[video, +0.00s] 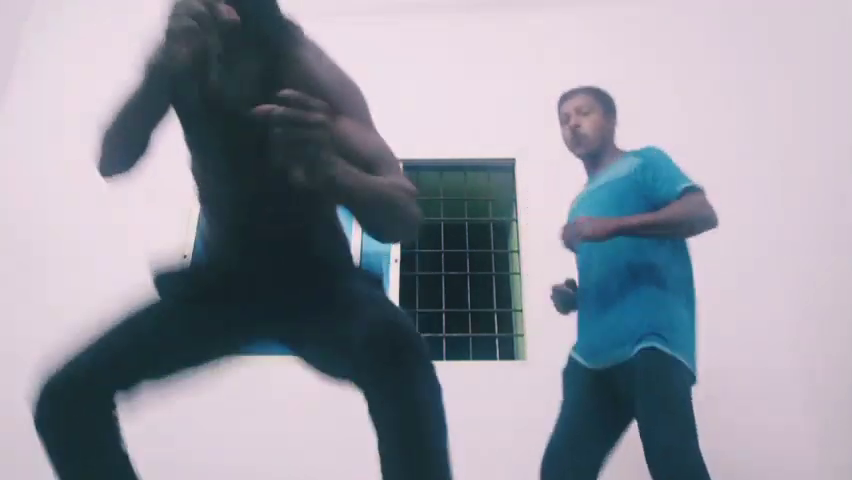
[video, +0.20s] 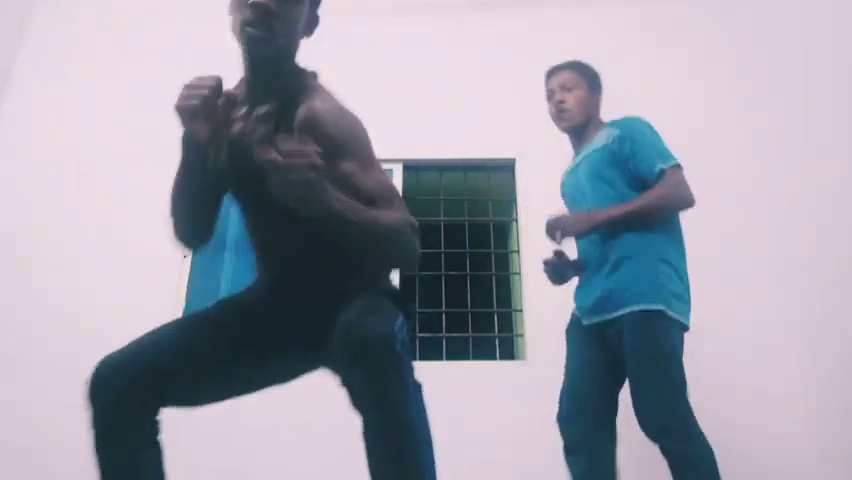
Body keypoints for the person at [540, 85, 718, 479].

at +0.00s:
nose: (572, 124)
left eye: (583, 113)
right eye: (565, 119)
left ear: (610, 121)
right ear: (562, 134)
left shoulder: (647, 162)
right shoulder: (579, 205)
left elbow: (702, 213)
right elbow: (610, 282)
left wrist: (612, 225)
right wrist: (576, 296)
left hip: (653, 342)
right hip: (594, 355)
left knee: (674, 466)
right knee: (561, 468)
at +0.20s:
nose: (558, 100)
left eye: (569, 89)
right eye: (551, 95)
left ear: (595, 96)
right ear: (548, 107)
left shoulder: (629, 131)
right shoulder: (573, 176)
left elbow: (679, 191)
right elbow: (609, 249)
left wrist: (591, 220)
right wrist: (573, 265)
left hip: (648, 299)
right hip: (593, 311)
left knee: (665, 417)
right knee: (581, 422)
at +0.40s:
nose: (554, 150)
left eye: (564, 140)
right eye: (545, 145)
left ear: (589, 145)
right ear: (542, 158)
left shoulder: (629, 186)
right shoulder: (565, 232)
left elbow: (683, 248)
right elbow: (596, 302)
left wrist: (598, 281)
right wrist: (569, 330)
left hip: (658, 360)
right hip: (600, 368)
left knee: (699, 468)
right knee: (567, 471)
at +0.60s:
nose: (576, 113)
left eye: (583, 101)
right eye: (566, 108)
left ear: (606, 103)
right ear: (563, 120)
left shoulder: (644, 136)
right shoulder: (584, 186)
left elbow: (711, 185)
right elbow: (621, 244)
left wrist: (636, 222)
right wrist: (597, 268)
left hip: (686, 302)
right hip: (631, 321)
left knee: (730, 422)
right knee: (649, 449)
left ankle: (762, 474)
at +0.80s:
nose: (621, 127)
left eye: (630, 116)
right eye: (612, 122)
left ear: (655, 118)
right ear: (608, 134)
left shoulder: (698, 155)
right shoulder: (633, 203)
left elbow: (756, 207)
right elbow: (664, 262)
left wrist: (675, 256)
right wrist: (641, 286)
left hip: (739, 339)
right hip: (681, 346)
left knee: (793, 453)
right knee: (662, 461)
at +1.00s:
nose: (615, 117)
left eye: (624, 105)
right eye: (610, 111)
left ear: (656, 105)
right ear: (609, 120)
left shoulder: (702, 142)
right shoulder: (648, 188)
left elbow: (761, 197)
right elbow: (691, 251)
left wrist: (682, 250)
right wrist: (665, 273)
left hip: (746, 318)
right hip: (694, 331)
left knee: (790, 428)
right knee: (698, 451)